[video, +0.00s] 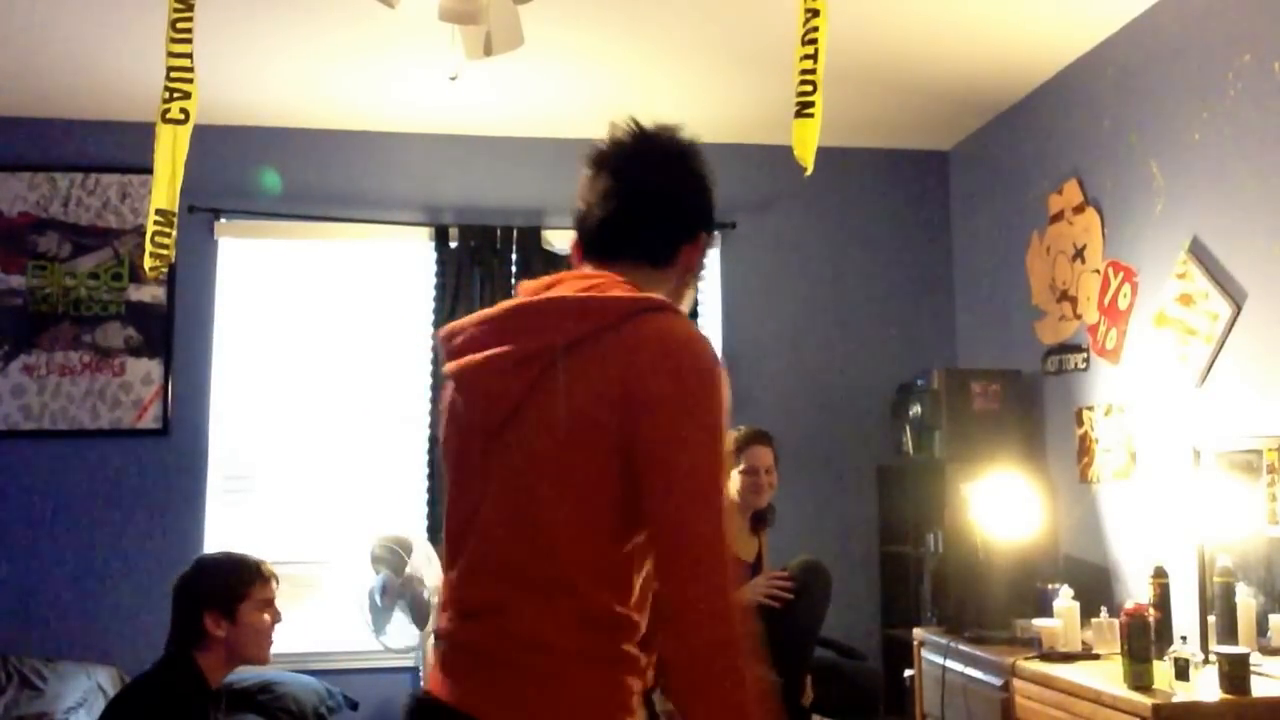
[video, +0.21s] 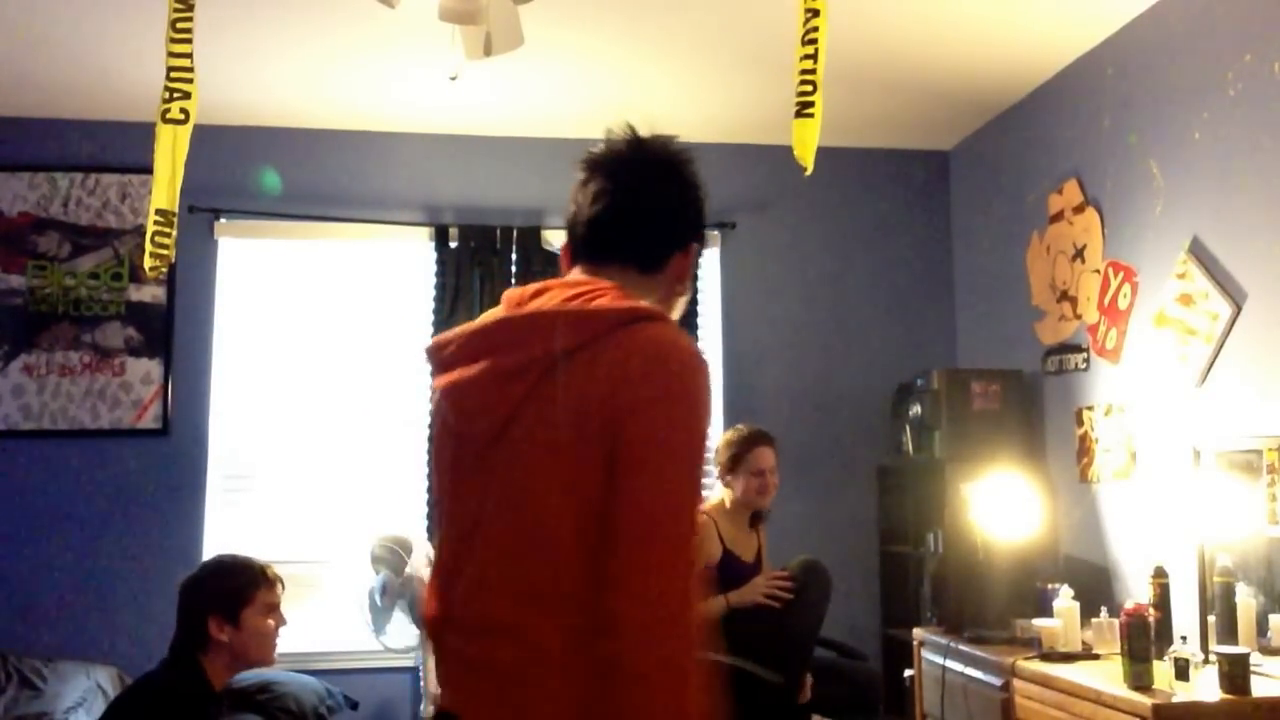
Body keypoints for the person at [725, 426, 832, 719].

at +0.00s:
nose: (761, 481)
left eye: (768, 471)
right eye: (749, 472)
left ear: (777, 477)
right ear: (726, 475)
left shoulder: (755, 531)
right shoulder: (704, 529)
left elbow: (762, 614)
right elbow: (693, 608)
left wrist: (800, 671)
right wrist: (739, 597)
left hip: (749, 646)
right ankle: (792, 704)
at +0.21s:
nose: (768, 483)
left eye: (772, 473)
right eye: (756, 474)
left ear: (778, 474)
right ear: (726, 478)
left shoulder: (754, 525)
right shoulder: (704, 525)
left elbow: (763, 595)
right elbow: (688, 612)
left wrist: (798, 669)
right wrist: (738, 597)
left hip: (753, 634)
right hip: (719, 642)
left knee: (857, 663)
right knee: (811, 574)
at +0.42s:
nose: (775, 483)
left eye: (776, 474)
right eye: (764, 475)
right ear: (730, 477)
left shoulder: (756, 522)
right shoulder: (701, 528)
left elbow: (765, 598)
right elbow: (675, 614)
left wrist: (809, 655)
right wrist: (738, 597)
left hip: (749, 642)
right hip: (710, 650)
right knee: (810, 574)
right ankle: (793, 699)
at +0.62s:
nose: (776, 485)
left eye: (777, 475)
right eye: (767, 475)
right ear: (735, 475)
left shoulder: (761, 527)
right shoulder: (713, 527)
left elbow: (793, 598)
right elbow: (699, 596)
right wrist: (743, 593)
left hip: (765, 634)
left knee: (862, 675)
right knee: (810, 574)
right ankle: (791, 697)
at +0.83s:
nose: (778, 485)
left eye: (779, 476)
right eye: (769, 476)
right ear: (732, 475)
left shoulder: (765, 531)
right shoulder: (699, 528)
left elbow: (819, 591)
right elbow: (663, 612)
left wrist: (891, 632)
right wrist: (738, 597)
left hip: (749, 645)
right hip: (700, 653)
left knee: (860, 677)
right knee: (812, 574)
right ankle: (796, 702)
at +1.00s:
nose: (778, 490)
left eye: (781, 480)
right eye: (770, 479)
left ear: (780, 480)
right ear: (739, 476)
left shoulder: (768, 535)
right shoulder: (703, 533)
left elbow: (825, 594)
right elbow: (661, 612)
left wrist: (895, 636)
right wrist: (748, 591)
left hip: (761, 643)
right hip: (718, 654)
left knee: (814, 575)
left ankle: (790, 685)